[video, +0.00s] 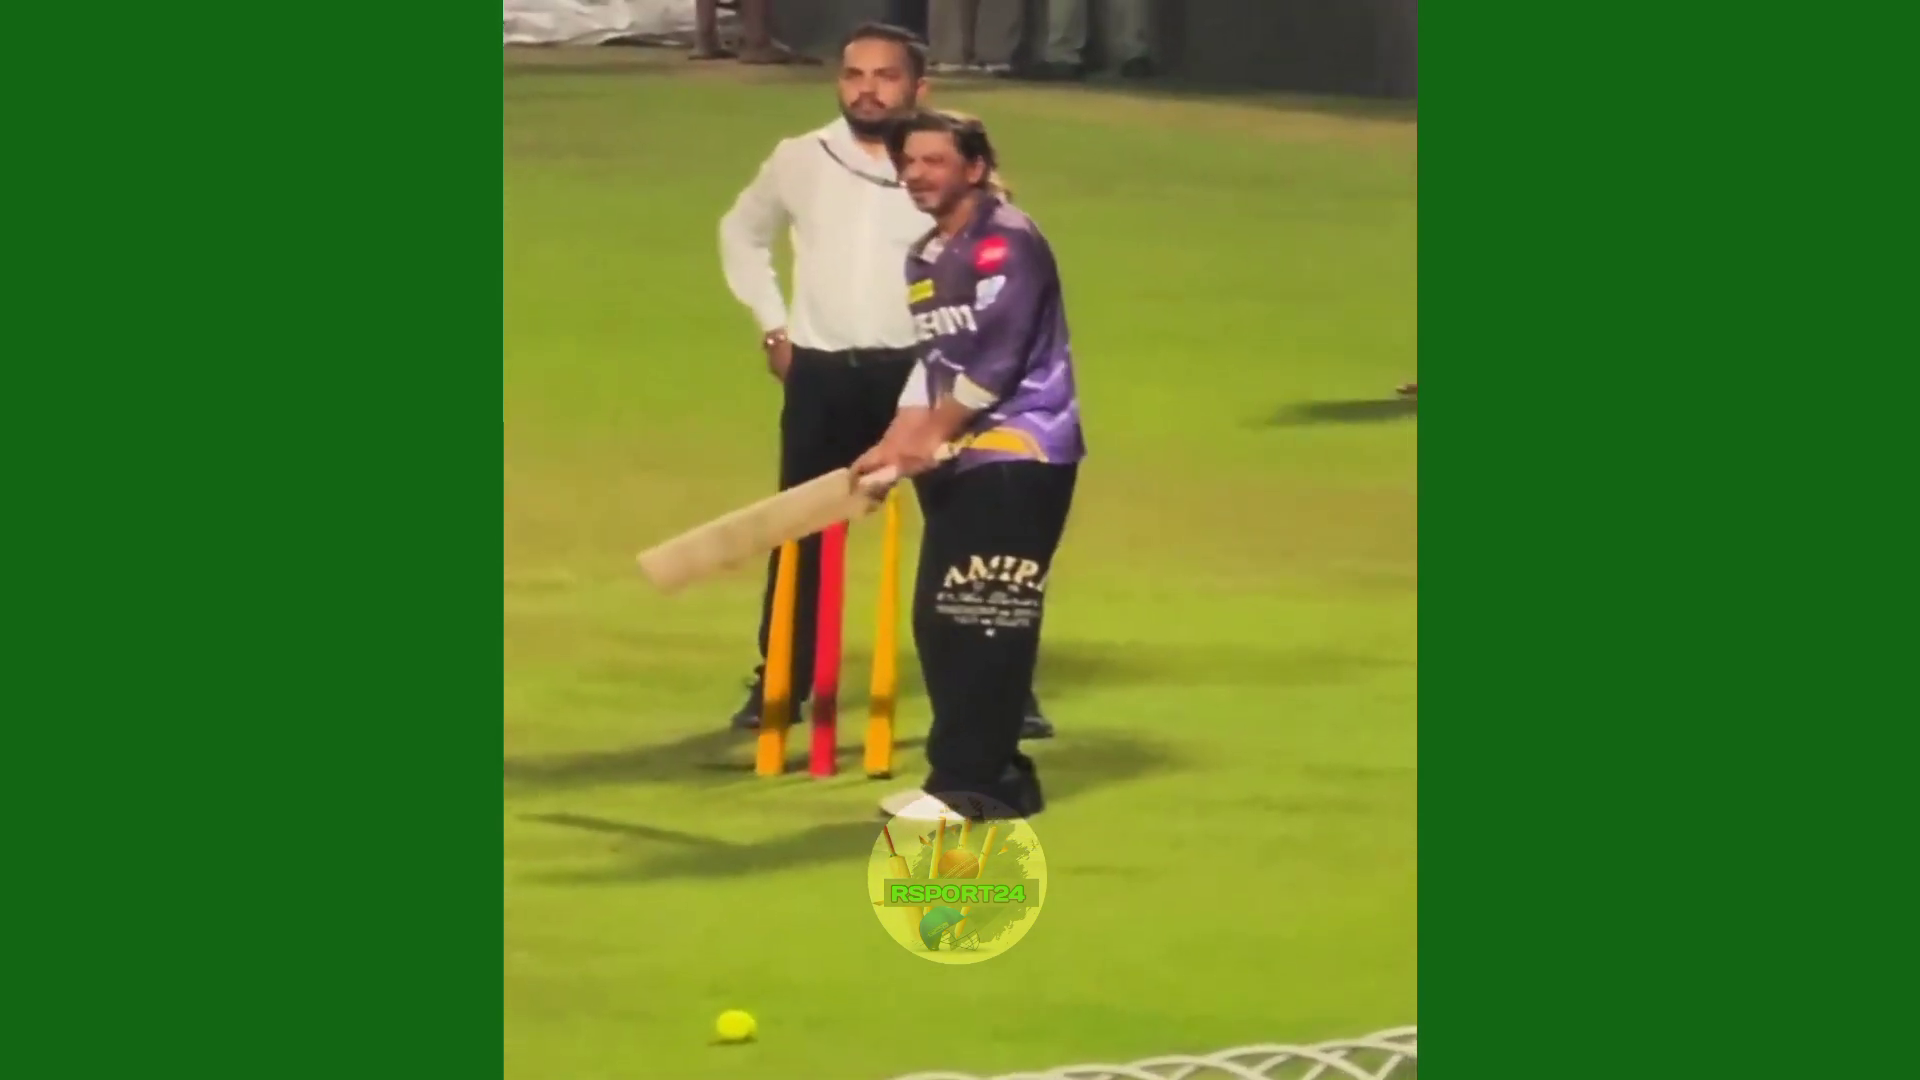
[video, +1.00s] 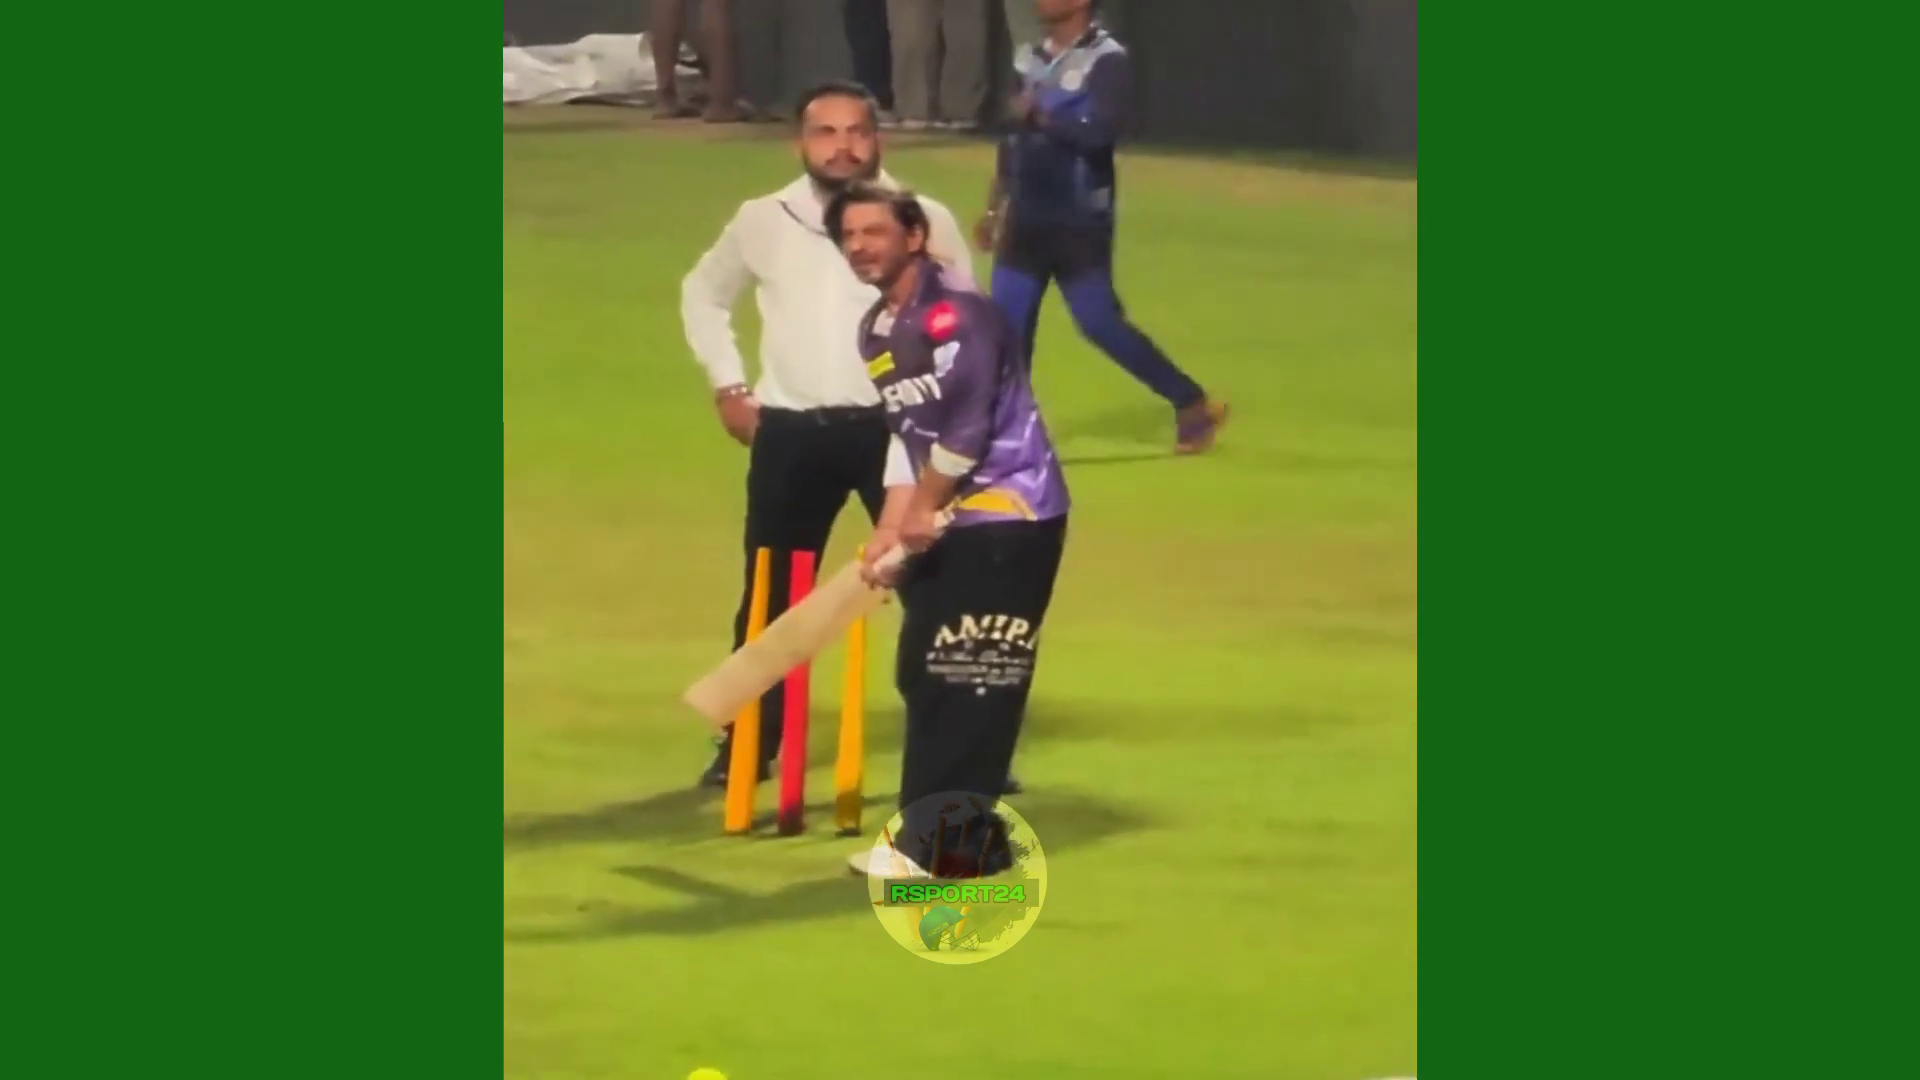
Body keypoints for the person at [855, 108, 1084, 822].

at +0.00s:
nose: (918, 176)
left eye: (933, 162)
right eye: (910, 164)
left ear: (977, 168)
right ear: (904, 172)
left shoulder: (1010, 244)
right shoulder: (925, 257)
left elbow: (998, 366)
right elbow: (937, 371)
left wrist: (930, 437)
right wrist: (893, 447)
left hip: (1020, 456)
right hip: (963, 457)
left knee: (986, 619)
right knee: (942, 616)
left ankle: (970, 787)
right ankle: (985, 774)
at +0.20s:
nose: (920, 196)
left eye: (936, 182)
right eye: (910, 184)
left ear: (976, 184)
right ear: (903, 190)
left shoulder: (1013, 261)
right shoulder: (923, 276)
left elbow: (1005, 388)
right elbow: (940, 387)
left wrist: (940, 464)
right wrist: (907, 474)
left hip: (1031, 470)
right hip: (973, 472)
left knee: (994, 632)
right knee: (946, 631)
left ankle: (978, 796)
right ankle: (991, 788)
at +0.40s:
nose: (897, 208)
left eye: (912, 195)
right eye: (888, 196)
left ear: (954, 199)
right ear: (881, 204)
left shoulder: (992, 274)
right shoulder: (904, 292)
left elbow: (989, 403)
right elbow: (928, 407)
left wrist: (936, 484)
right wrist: (907, 498)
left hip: (1022, 481)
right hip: (964, 483)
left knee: (988, 643)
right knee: (935, 641)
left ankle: (975, 806)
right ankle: (955, 799)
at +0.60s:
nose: (874, 224)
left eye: (889, 210)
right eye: (865, 211)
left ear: (932, 214)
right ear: (859, 217)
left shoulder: (973, 291)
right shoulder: (886, 308)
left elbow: (971, 415)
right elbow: (914, 419)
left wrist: (922, 496)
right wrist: (899, 510)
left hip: (1011, 494)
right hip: (954, 496)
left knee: (977, 654)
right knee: (922, 652)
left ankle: (957, 817)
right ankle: (933, 810)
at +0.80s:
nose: (861, 239)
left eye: (875, 225)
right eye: (852, 227)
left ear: (917, 228)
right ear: (845, 234)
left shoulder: (966, 307)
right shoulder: (878, 322)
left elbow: (964, 434)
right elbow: (912, 435)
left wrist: (915, 515)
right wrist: (892, 528)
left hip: (1008, 506)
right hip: (952, 508)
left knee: (973, 667)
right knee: (924, 664)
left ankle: (951, 830)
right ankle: (922, 822)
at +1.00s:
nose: (859, 248)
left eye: (873, 234)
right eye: (849, 236)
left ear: (913, 236)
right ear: (841, 246)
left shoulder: (965, 317)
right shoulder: (874, 332)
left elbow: (968, 439)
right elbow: (915, 442)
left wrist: (919, 517)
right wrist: (889, 535)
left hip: (1010, 514)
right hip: (950, 517)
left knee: (974, 675)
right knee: (925, 671)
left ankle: (949, 836)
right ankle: (922, 826)